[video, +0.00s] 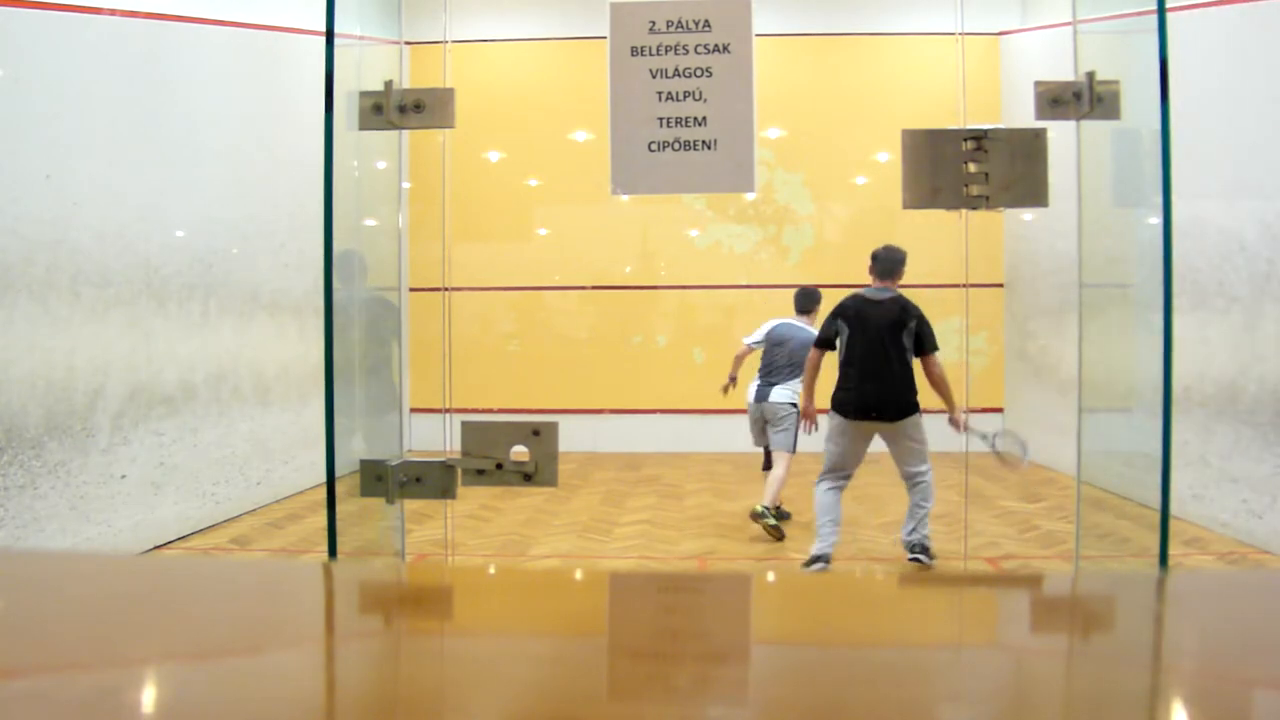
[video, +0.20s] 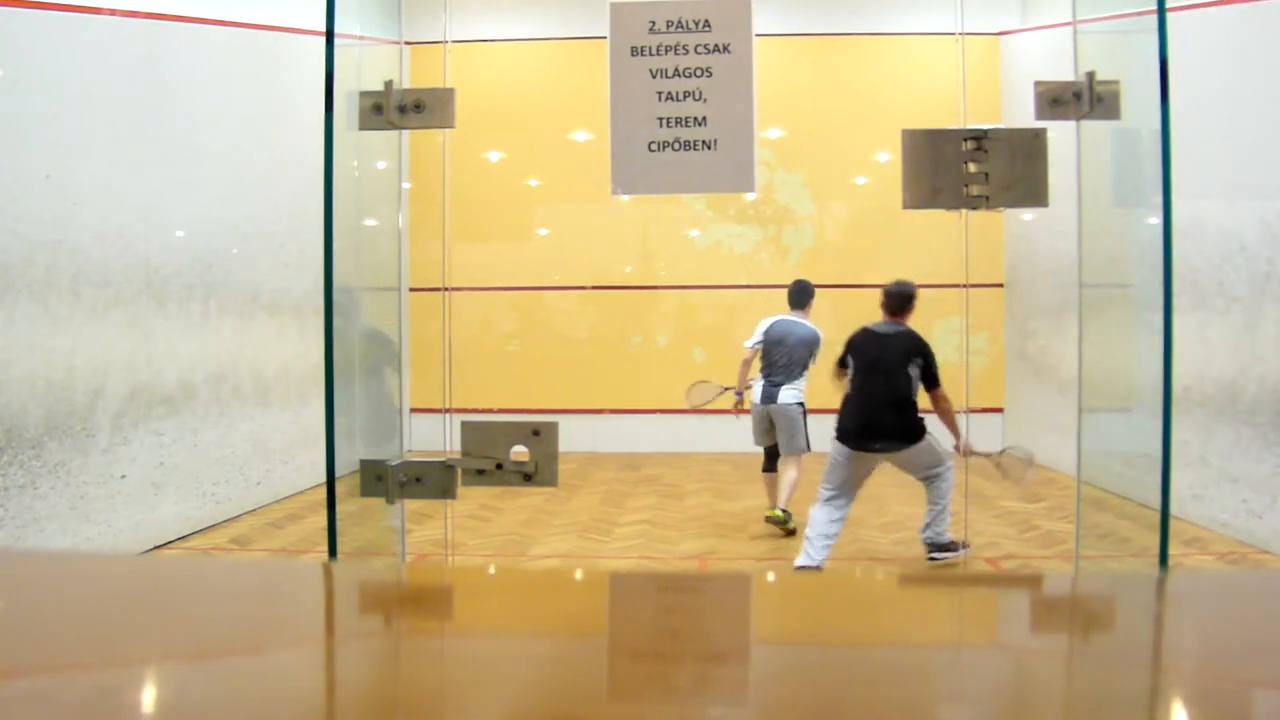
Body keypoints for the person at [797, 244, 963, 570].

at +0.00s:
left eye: (870, 269)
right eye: (898, 273)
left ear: (870, 271)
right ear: (901, 275)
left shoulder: (847, 306)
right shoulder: (910, 312)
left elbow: (816, 353)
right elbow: (932, 368)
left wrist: (808, 400)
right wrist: (953, 408)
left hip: (851, 408)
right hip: (899, 409)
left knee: (832, 479)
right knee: (918, 475)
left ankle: (822, 551)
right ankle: (917, 541)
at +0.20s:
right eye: (912, 303)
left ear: (883, 305)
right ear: (912, 307)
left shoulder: (860, 337)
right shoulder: (916, 344)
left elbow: (839, 372)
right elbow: (937, 397)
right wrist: (958, 436)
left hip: (856, 431)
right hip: (899, 432)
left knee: (832, 496)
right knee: (940, 469)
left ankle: (809, 560)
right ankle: (937, 540)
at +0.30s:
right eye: (936, 310)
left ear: (910, 308)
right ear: (937, 313)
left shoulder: (887, 336)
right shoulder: (939, 349)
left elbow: (861, 359)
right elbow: (962, 399)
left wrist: (891, 352)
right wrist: (986, 434)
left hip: (872, 431)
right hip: (916, 432)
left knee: (849, 493)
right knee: (960, 465)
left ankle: (817, 557)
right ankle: (959, 536)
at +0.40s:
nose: (975, 319)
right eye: (974, 314)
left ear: (948, 310)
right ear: (974, 316)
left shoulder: (920, 334)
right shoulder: (969, 351)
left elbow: (883, 352)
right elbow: (989, 400)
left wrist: (914, 358)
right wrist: (1011, 431)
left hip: (893, 423)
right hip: (934, 425)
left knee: (880, 486)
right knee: (976, 473)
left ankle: (845, 532)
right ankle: (971, 543)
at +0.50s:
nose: (1000, 328)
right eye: (1002, 324)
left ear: (976, 317)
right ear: (1001, 326)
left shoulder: (946, 336)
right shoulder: (990, 356)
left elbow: (900, 355)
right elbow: (1005, 410)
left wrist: (910, 389)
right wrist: (1027, 434)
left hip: (910, 417)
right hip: (948, 421)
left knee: (920, 479)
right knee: (987, 479)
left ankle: (902, 505)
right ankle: (974, 543)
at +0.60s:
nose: (1019, 340)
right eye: (1020, 335)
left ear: (994, 325)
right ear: (1016, 337)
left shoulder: (960, 341)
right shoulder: (1004, 364)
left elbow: (914, 351)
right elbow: (1018, 417)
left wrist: (895, 382)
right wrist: (1045, 435)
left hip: (921, 420)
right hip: (960, 425)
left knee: (938, 460)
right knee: (995, 484)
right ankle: (975, 541)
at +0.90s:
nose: (1041, 380)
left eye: (1043, 376)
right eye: (1043, 376)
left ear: (1021, 365)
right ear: (1039, 377)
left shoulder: (991, 372)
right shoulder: (1022, 396)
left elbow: (952, 374)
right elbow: (1043, 441)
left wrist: (922, 391)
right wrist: (1072, 440)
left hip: (938, 422)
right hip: (962, 430)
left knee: (980, 443)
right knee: (969, 480)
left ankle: (981, 495)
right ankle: (936, 519)